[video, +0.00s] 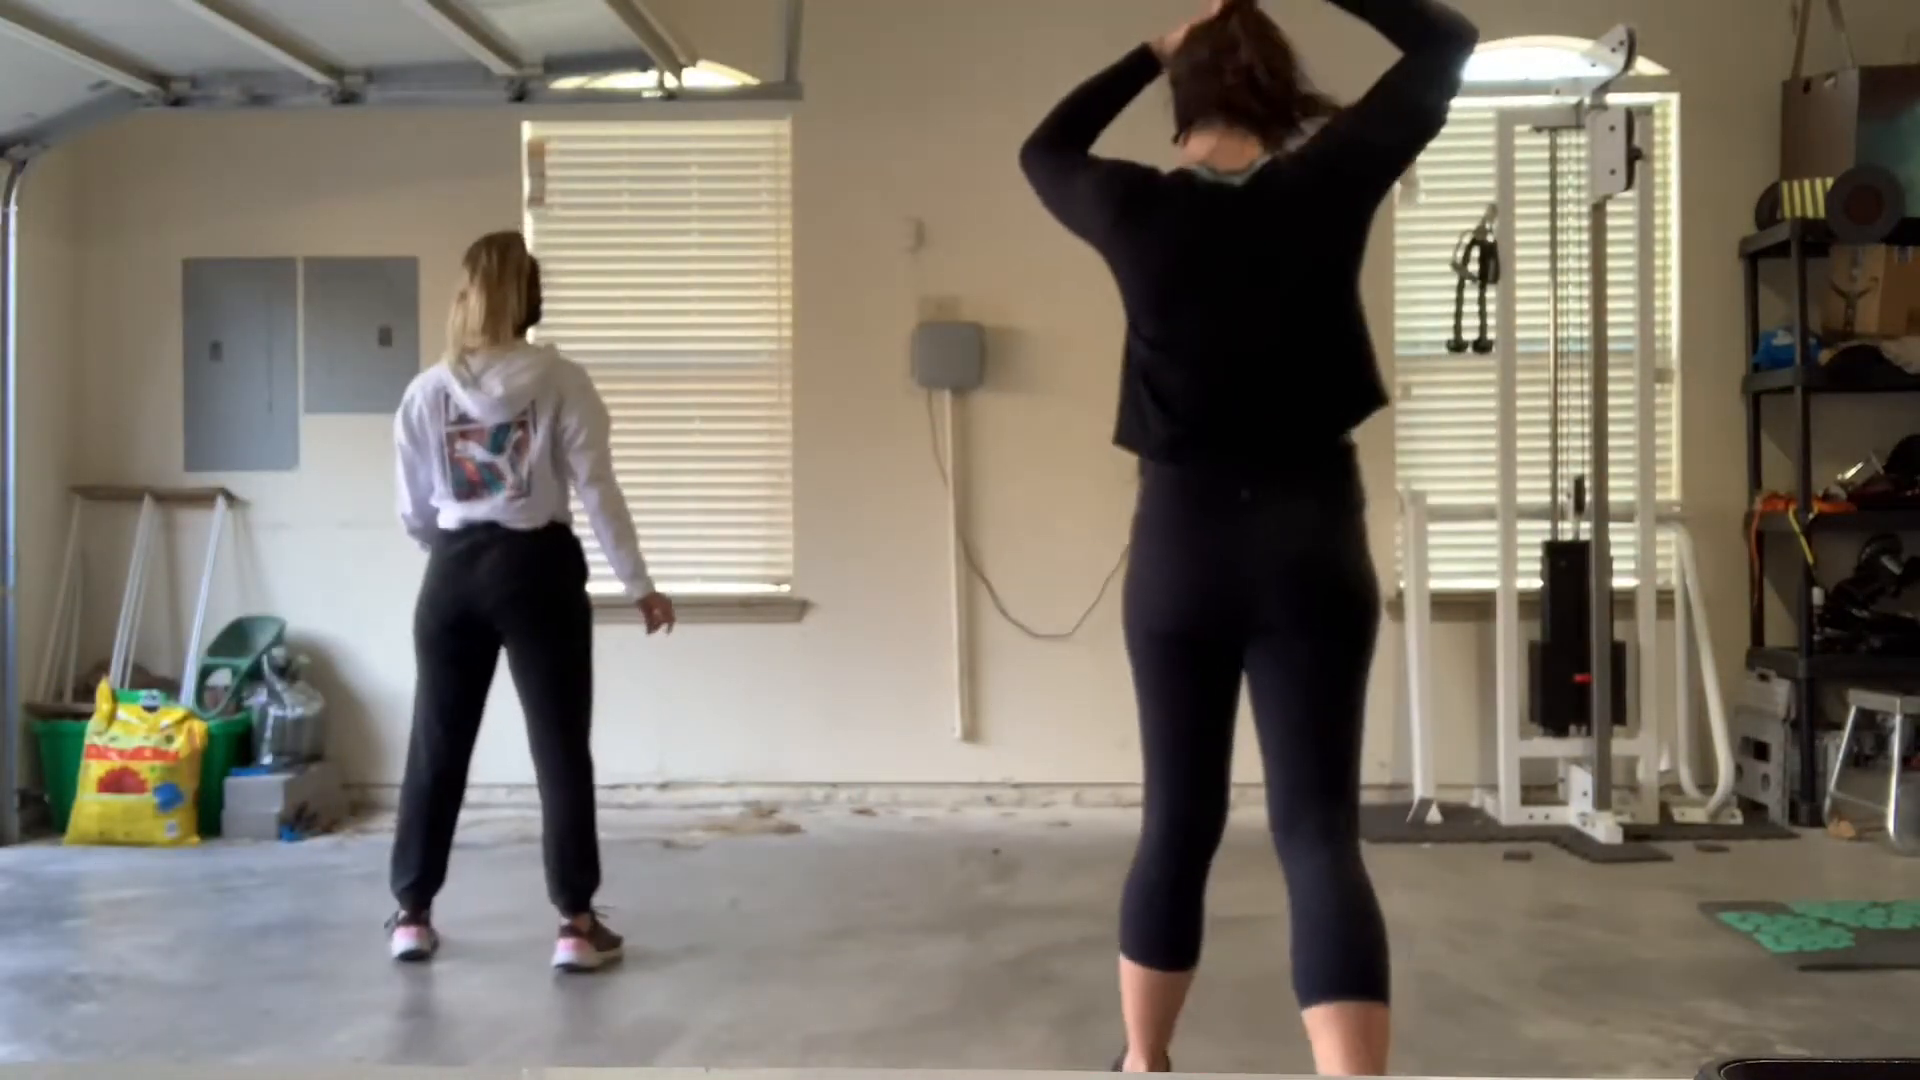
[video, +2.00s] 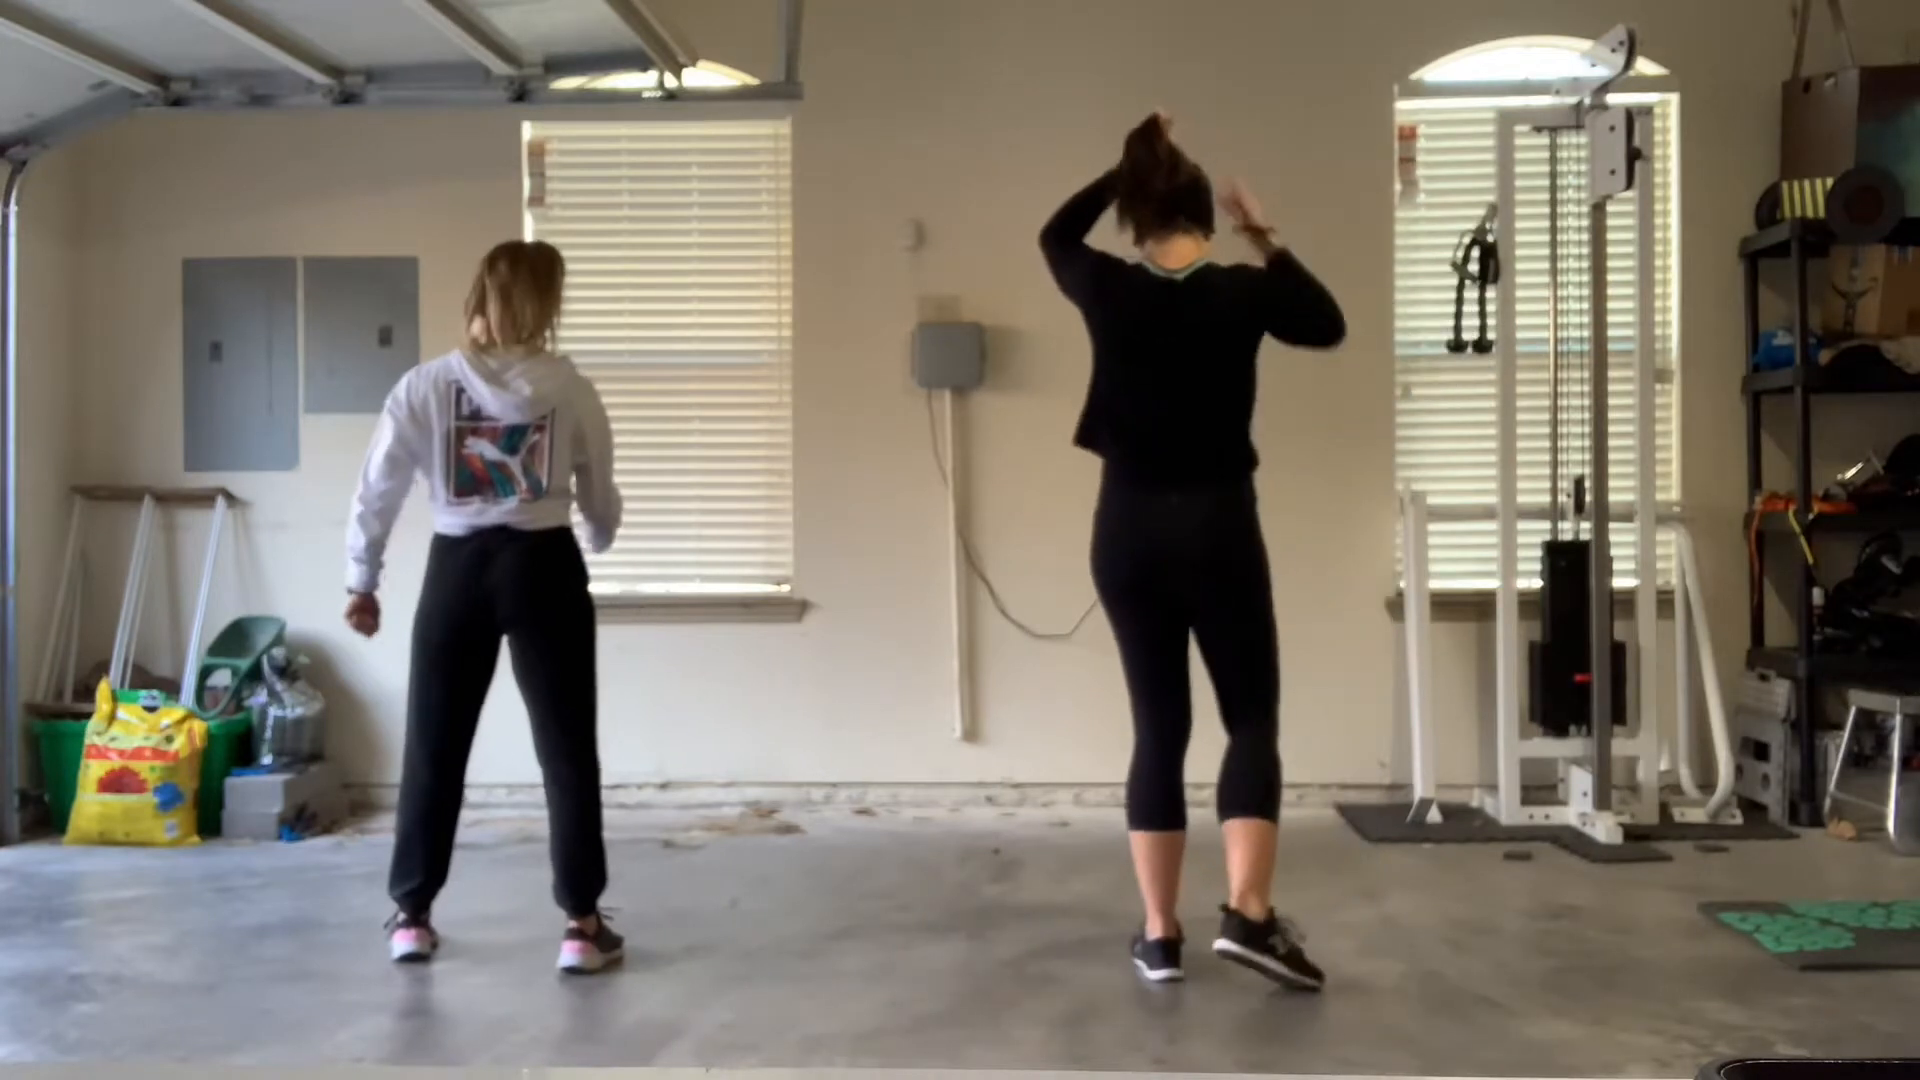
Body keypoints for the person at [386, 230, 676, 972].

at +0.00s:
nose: (538, 297)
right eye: (537, 286)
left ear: (464, 296)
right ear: (532, 296)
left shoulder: (426, 392)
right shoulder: (560, 379)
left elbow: (415, 512)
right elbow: (596, 489)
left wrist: (458, 550)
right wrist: (640, 583)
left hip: (452, 575)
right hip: (541, 572)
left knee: (436, 746)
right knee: (561, 749)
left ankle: (411, 918)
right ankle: (576, 924)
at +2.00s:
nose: (559, 313)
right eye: (558, 301)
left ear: (477, 299)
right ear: (548, 306)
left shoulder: (425, 385)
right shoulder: (570, 388)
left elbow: (378, 489)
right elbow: (601, 505)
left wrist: (361, 581)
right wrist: (594, 534)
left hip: (456, 578)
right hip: (548, 576)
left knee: (434, 747)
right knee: (568, 751)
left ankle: (411, 917)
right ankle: (582, 925)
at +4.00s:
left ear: (458, 366)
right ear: (525, 362)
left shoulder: (416, 410)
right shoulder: (555, 394)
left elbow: (333, 494)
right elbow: (614, 477)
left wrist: (253, 560)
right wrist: (644, 566)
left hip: (484, 580)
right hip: (574, 571)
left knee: (456, 750)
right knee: (587, 755)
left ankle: (414, 918)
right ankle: (585, 927)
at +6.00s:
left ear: (489, 367)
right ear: (549, 373)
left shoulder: (432, 401)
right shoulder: (572, 406)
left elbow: (387, 491)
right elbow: (642, 471)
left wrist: (347, 576)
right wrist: (709, 545)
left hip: (395, 583)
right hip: (479, 583)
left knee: (405, 760)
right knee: (543, 758)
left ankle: (408, 921)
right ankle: (579, 925)